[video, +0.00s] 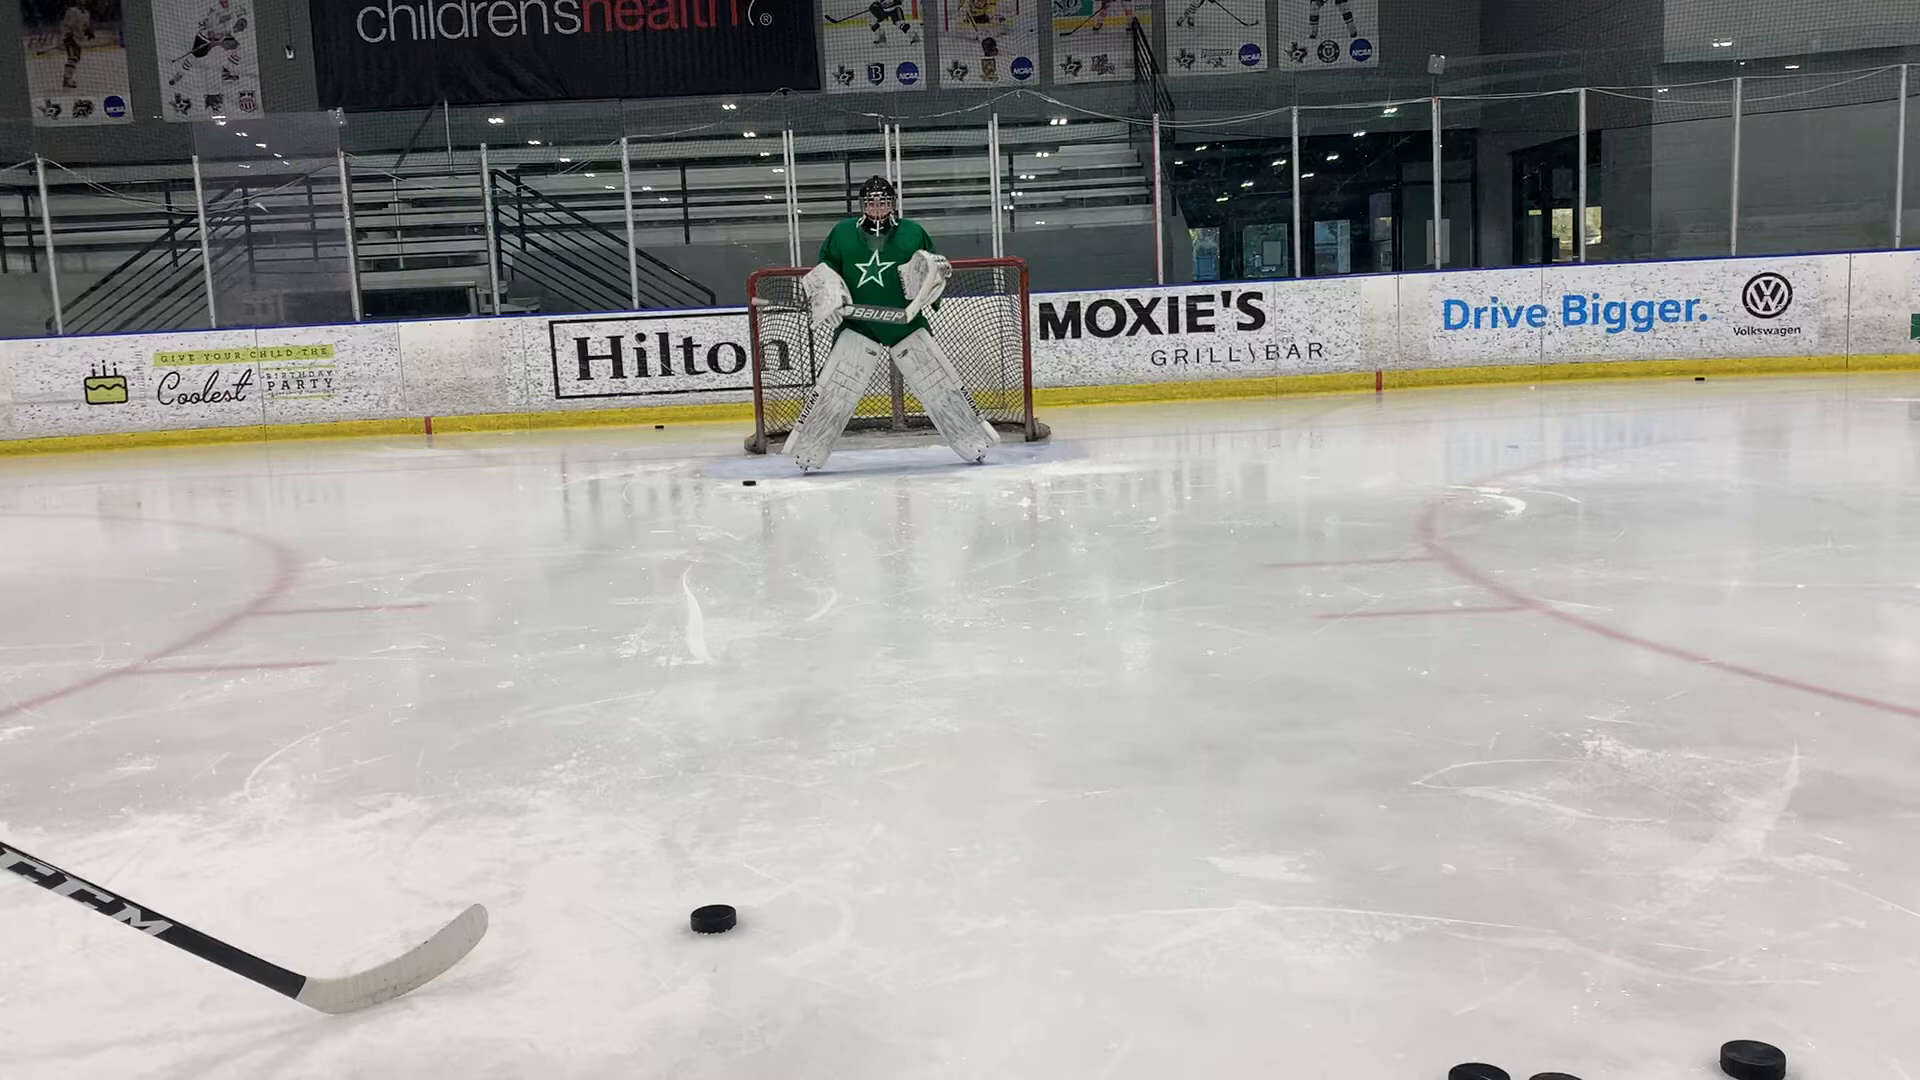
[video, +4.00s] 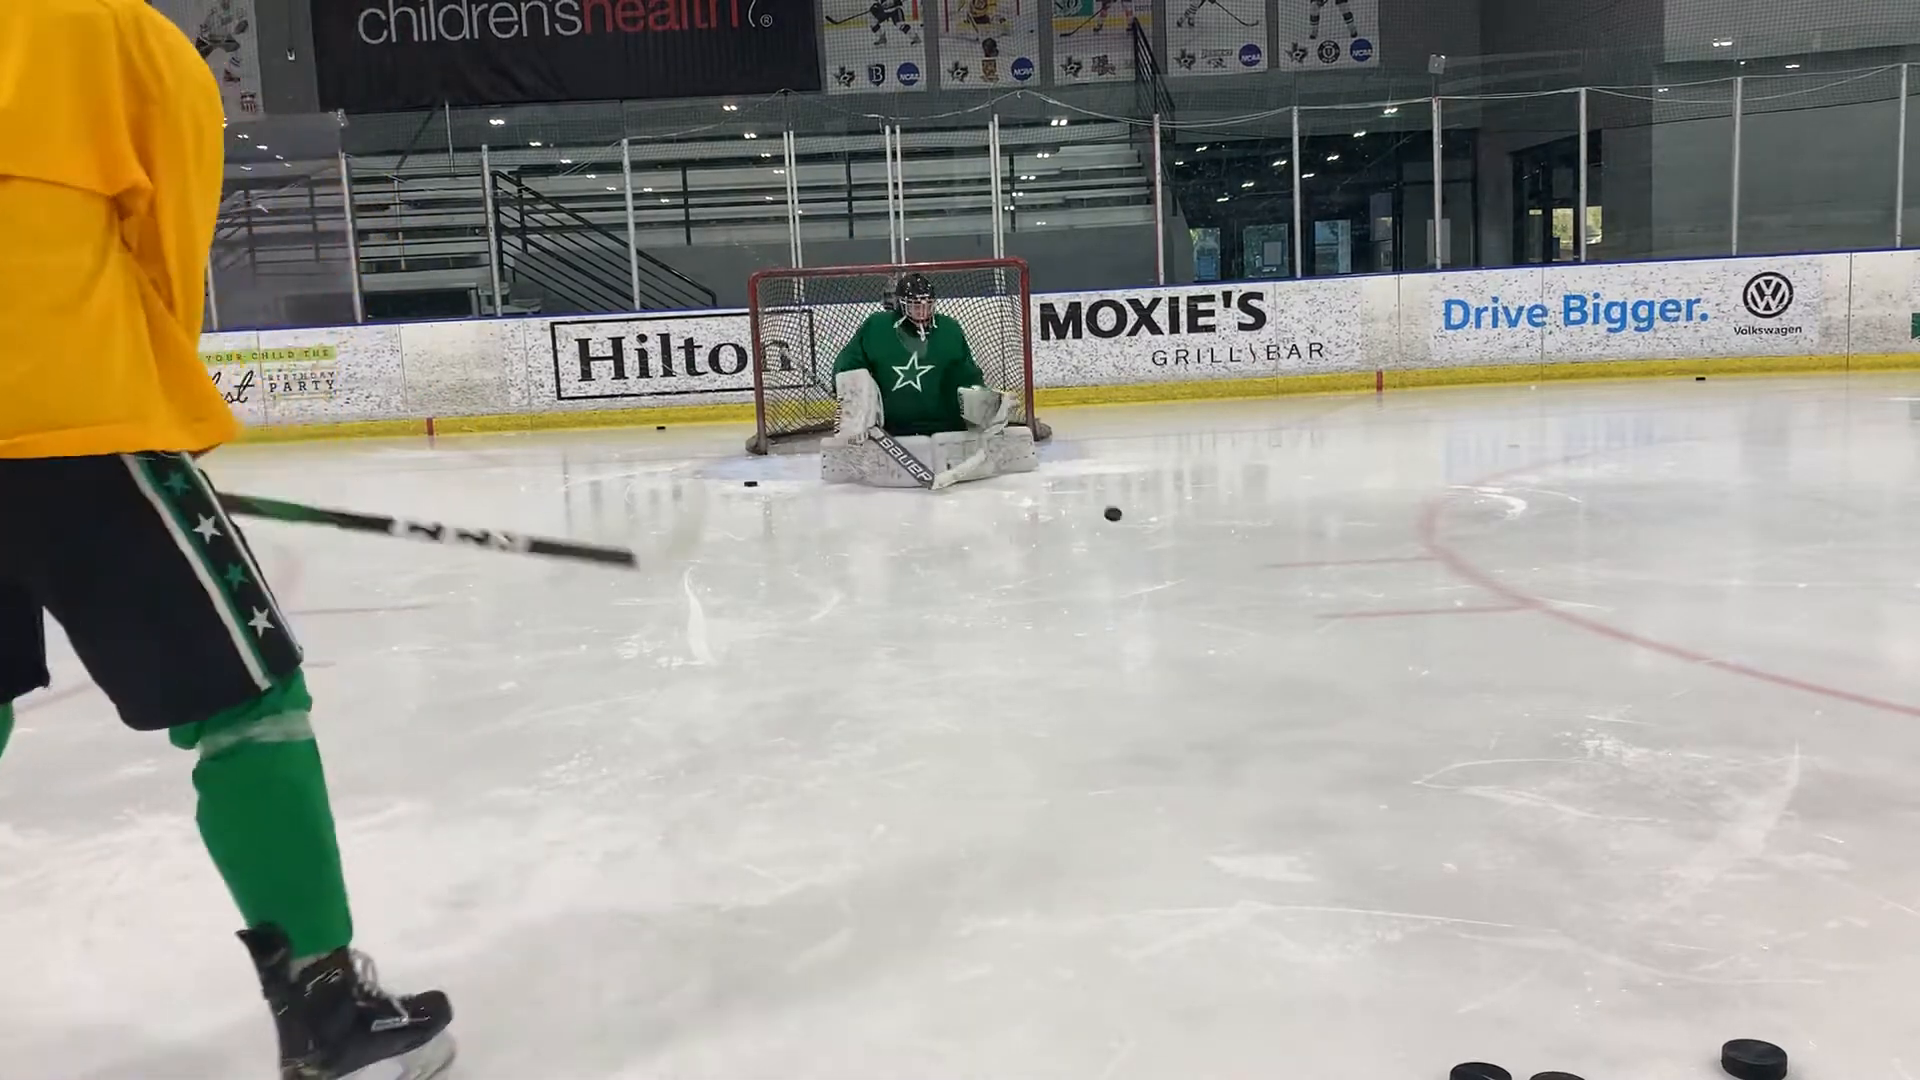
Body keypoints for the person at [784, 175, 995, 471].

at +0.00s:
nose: (877, 207)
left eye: (882, 201)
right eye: (872, 201)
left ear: (893, 204)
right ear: (862, 204)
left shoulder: (912, 233)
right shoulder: (843, 234)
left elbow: (935, 279)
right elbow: (823, 273)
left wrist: (930, 272)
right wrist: (829, 294)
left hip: (907, 326)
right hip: (859, 327)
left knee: (941, 386)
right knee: (834, 391)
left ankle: (973, 445)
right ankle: (810, 454)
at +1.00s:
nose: (882, 196)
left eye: (888, 190)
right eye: (877, 190)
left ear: (898, 193)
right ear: (867, 194)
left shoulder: (919, 225)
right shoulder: (848, 228)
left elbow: (940, 271)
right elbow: (829, 279)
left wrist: (937, 302)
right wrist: (827, 323)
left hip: (915, 329)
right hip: (867, 332)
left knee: (942, 396)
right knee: (846, 402)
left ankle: (971, 459)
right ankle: (821, 469)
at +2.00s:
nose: (892, 246)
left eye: (898, 239)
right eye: (887, 240)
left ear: (908, 240)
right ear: (875, 241)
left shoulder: (924, 265)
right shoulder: (855, 269)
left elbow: (948, 309)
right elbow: (832, 314)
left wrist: (950, 286)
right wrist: (823, 360)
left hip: (924, 346)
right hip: (874, 350)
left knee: (960, 399)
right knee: (850, 407)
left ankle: (996, 459)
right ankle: (815, 468)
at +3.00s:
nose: (900, 302)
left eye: (906, 296)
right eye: (894, 296)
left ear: (916, 296)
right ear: (883, 296)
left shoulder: (934, 315)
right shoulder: (863, 318)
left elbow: (962, 371)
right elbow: (835, 352)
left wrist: (952, 346)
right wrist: (833, 388)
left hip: (930, 388)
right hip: (882, 391)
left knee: (964, 418)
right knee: (855, 430)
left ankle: (1009, 454)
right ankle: (814, 467)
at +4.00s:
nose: (923, 310)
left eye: (927, 303)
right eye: (916, 304)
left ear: (933, 303)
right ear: (901, 303)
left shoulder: (949, 329)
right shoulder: (876, 328)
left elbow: (968, 377)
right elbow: (846, 365)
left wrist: (986, 410)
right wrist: (858, 401)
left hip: (947, 433)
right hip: (894, 433)